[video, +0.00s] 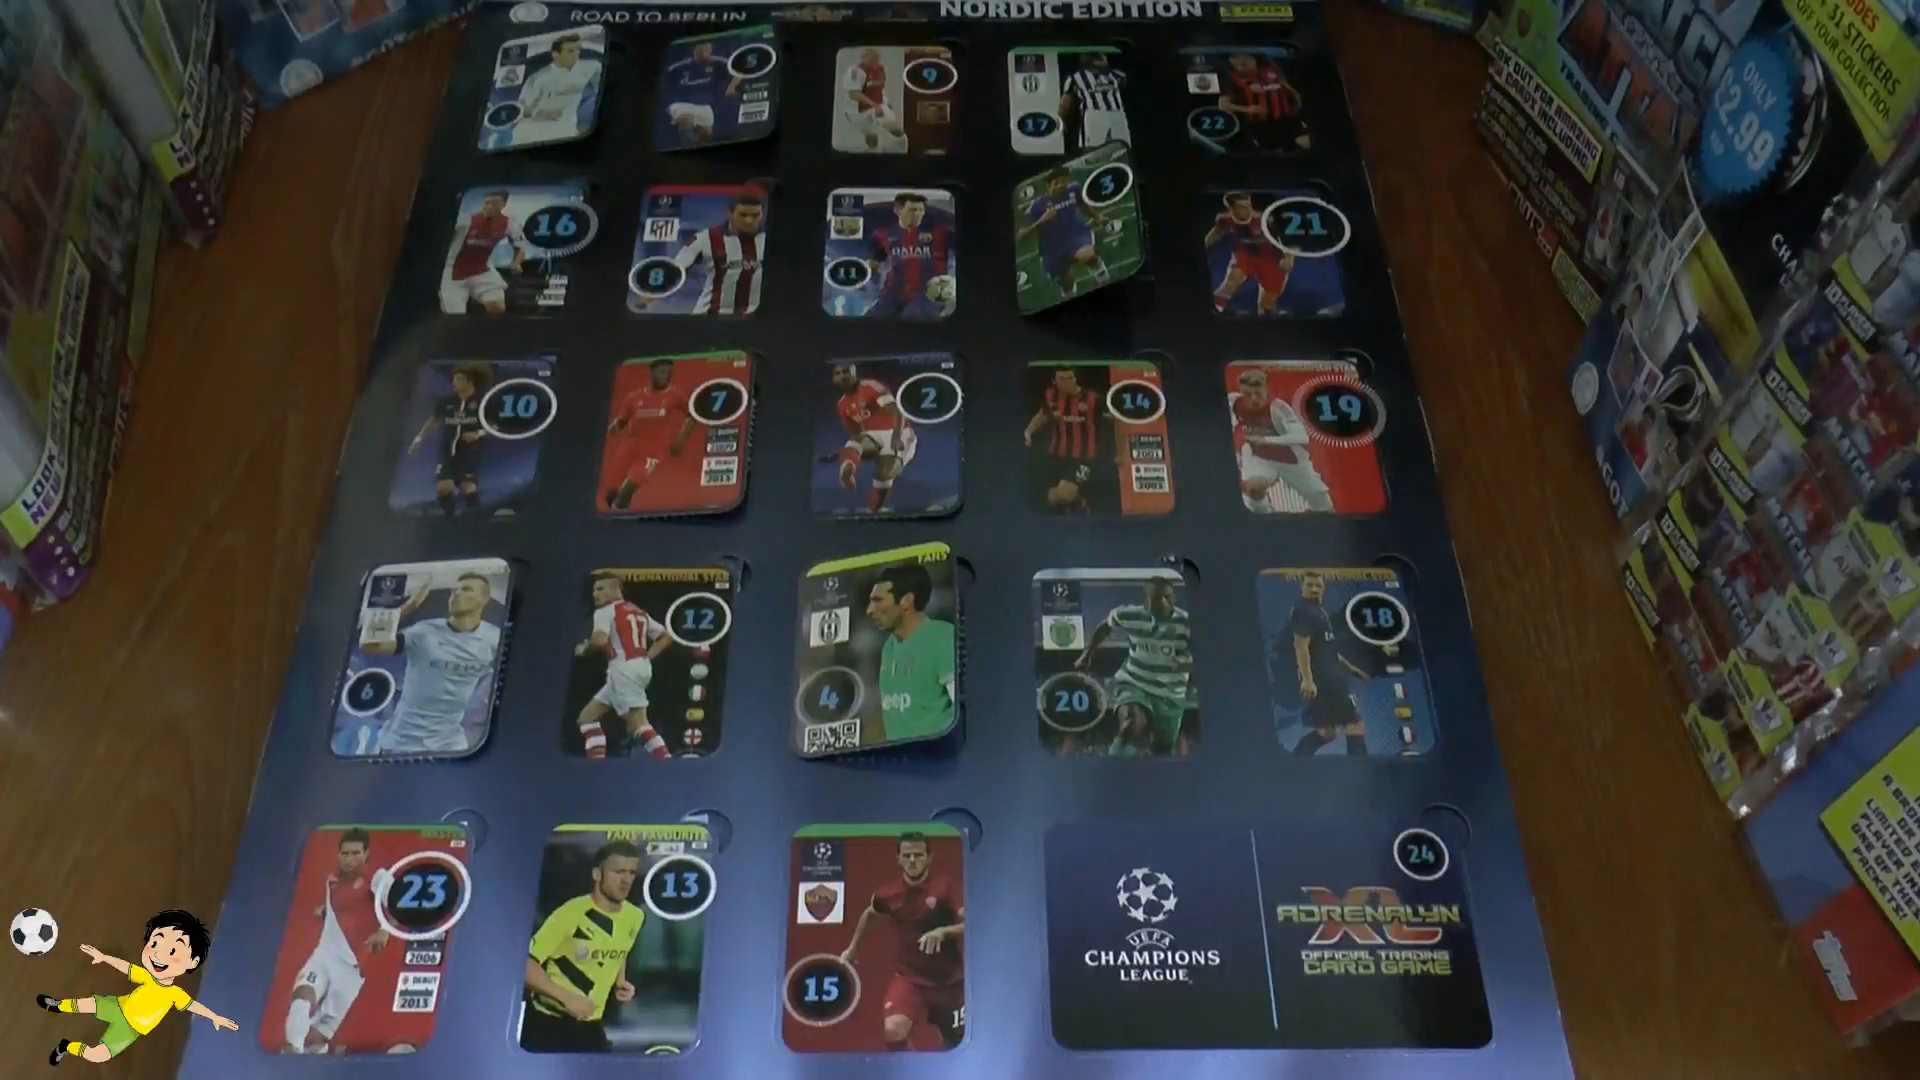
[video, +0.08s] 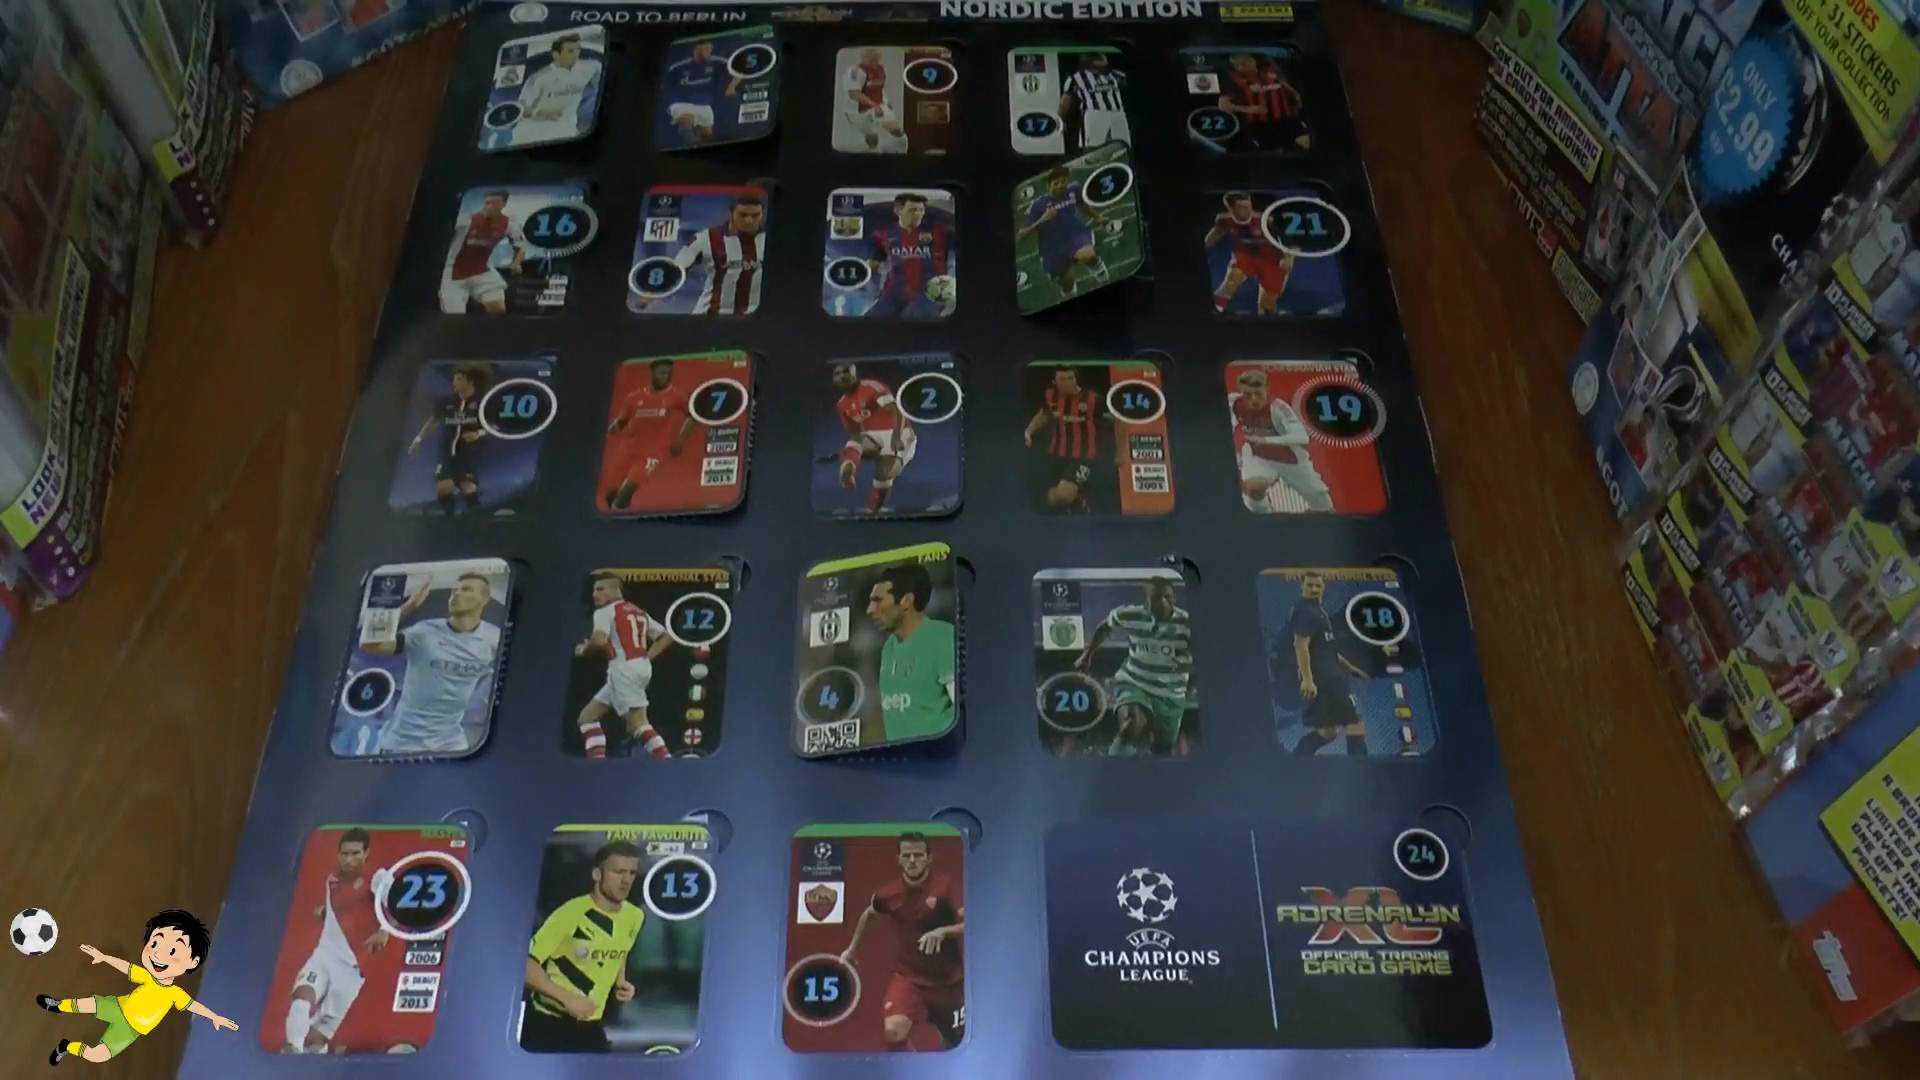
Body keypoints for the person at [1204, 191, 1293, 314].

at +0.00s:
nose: (1246, 211)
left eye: (1248, 206)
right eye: (1241, 207)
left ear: (1251, 206)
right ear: (1231, 208)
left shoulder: (1265, 220)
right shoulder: (1224, 220)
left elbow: (1286, 238)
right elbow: (1208, 243)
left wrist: (1288, 257)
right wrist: (1219, 230)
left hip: (1270, 258)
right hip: (1243, 255)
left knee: (1267, 305)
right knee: (1230, 284)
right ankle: (1213, 315)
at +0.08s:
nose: (1247, 211)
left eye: (1249, 207)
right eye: (1242, 207)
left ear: (1251, 206)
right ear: (1232, 209)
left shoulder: (1264, 220)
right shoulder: (1224, 221)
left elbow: (1286, 238)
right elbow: (1208, 243)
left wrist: (1288, 257)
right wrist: (1219, 230)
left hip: (1270, 258)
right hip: (1244, 256)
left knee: (1266, 305)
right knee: (1230, 285)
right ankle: (1212, 317)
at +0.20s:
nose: (1247, 211)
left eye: (1248, 207)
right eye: (1242, 207)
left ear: (1251, 206)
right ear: (1231, 209)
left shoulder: (1265, 220)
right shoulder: (1224, 221)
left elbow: (1286, 238)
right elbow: (1207, 243)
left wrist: (1288, 257)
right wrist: (1218, 230)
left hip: (1271, 259)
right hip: (1244, 256)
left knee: (1266, 306)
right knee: (1230, 284)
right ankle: (1214, 314)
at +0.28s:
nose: (1246, 211)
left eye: (1248, 207)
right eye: (1242, 207)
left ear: (1251, 206)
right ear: (1231, 209)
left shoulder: (1265, 220)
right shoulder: (1224, 221)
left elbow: (1286, 238)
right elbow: (1207, 243)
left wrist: (1288, 257)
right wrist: (1218, 231)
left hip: (1271, 259)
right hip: (1244, 256)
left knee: (1266, 306)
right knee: (1229, 284)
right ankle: (1213, 314)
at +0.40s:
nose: (1246, 211)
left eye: (1248, 207)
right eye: (1242, 207)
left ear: (1251, 207)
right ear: (1231, 209)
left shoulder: (1265, 220)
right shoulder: (1224, 221)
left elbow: (1287, 238)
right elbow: (1207, 243)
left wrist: (1288, 257)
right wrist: (1218, 230)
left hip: (1271, 258)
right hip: (1244, 255)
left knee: (1266, 305)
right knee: (1229, 284)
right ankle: (1213, 316)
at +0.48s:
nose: (1246, 211)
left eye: (1248, 207)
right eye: (1242, 207)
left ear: (1251, 207)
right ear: (1231, 209)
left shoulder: (1265, 220)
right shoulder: (1224, 221)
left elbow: (1286, 237)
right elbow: (1206, 243)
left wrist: (1288, 256)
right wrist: (1218, 230)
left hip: (1271, 258)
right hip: (1244, 255)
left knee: (1266, 304)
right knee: (1229, 284)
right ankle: (1212, 316)